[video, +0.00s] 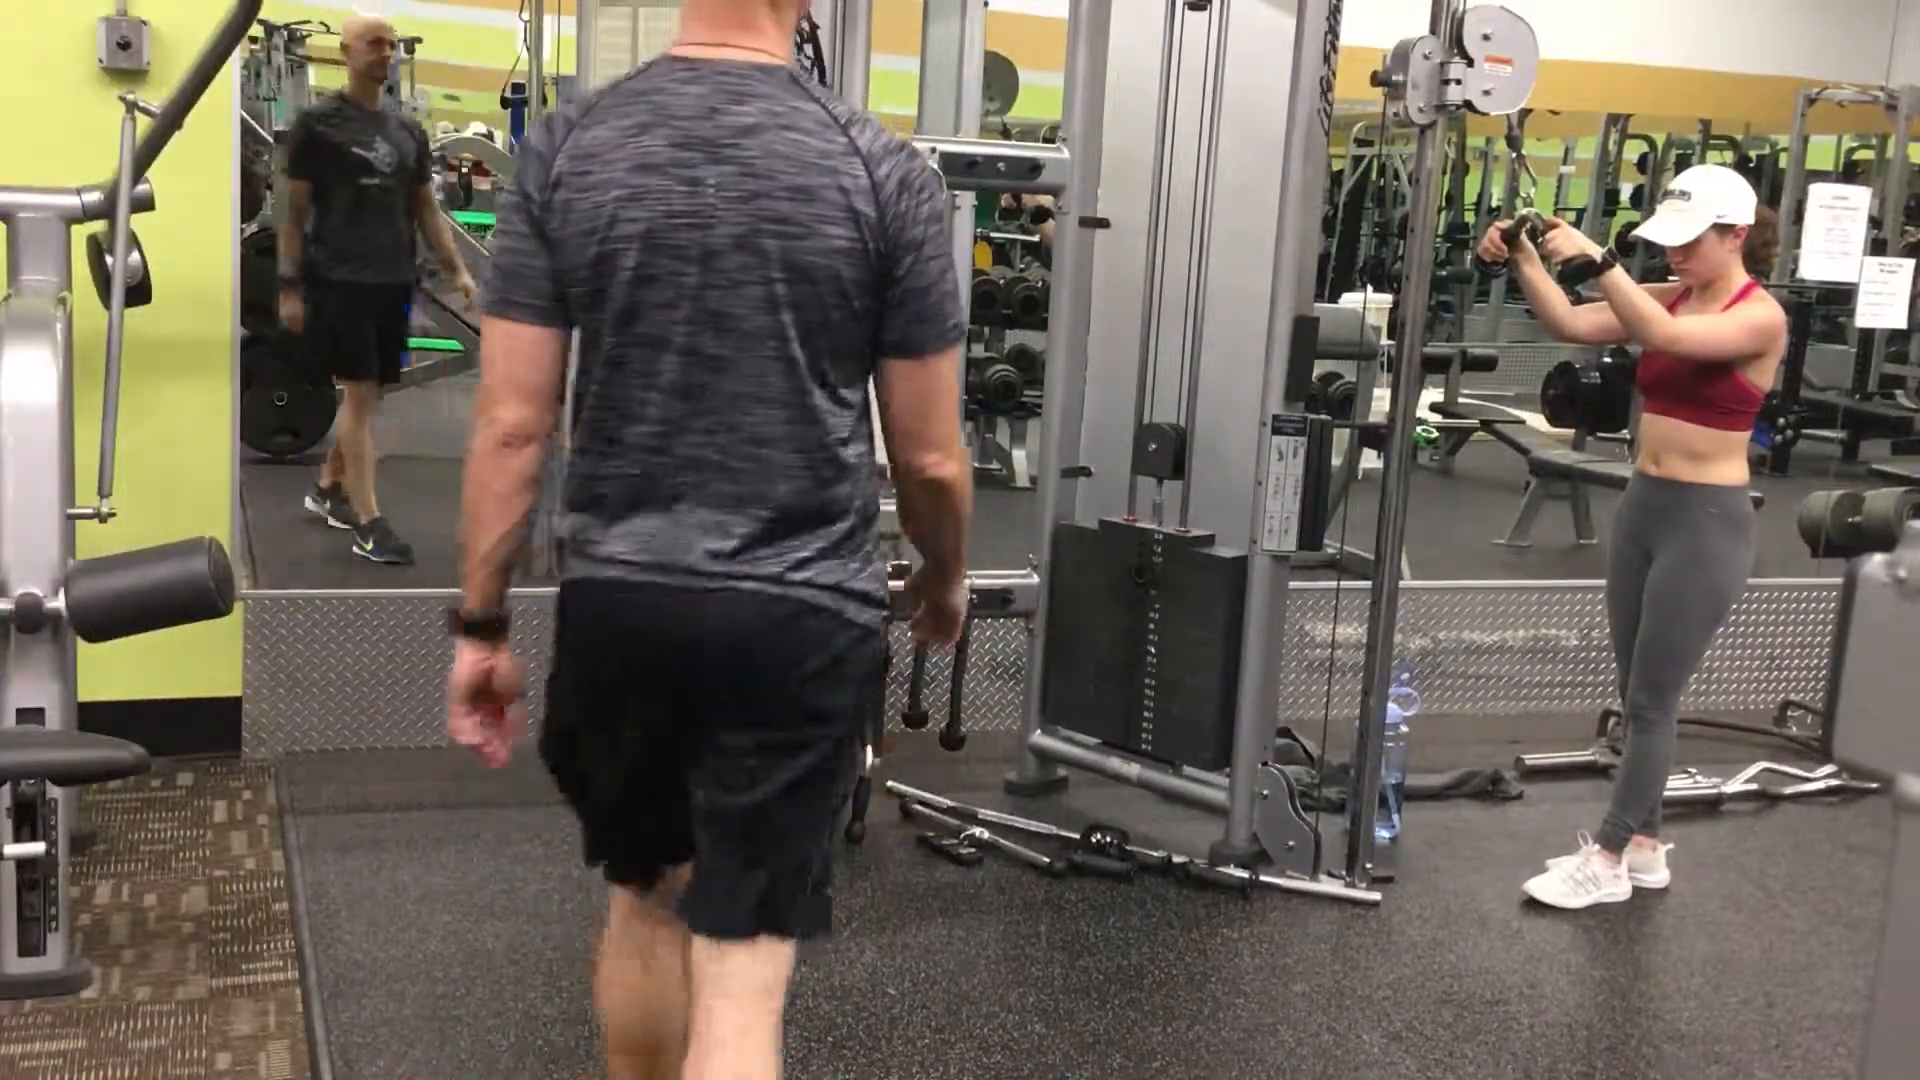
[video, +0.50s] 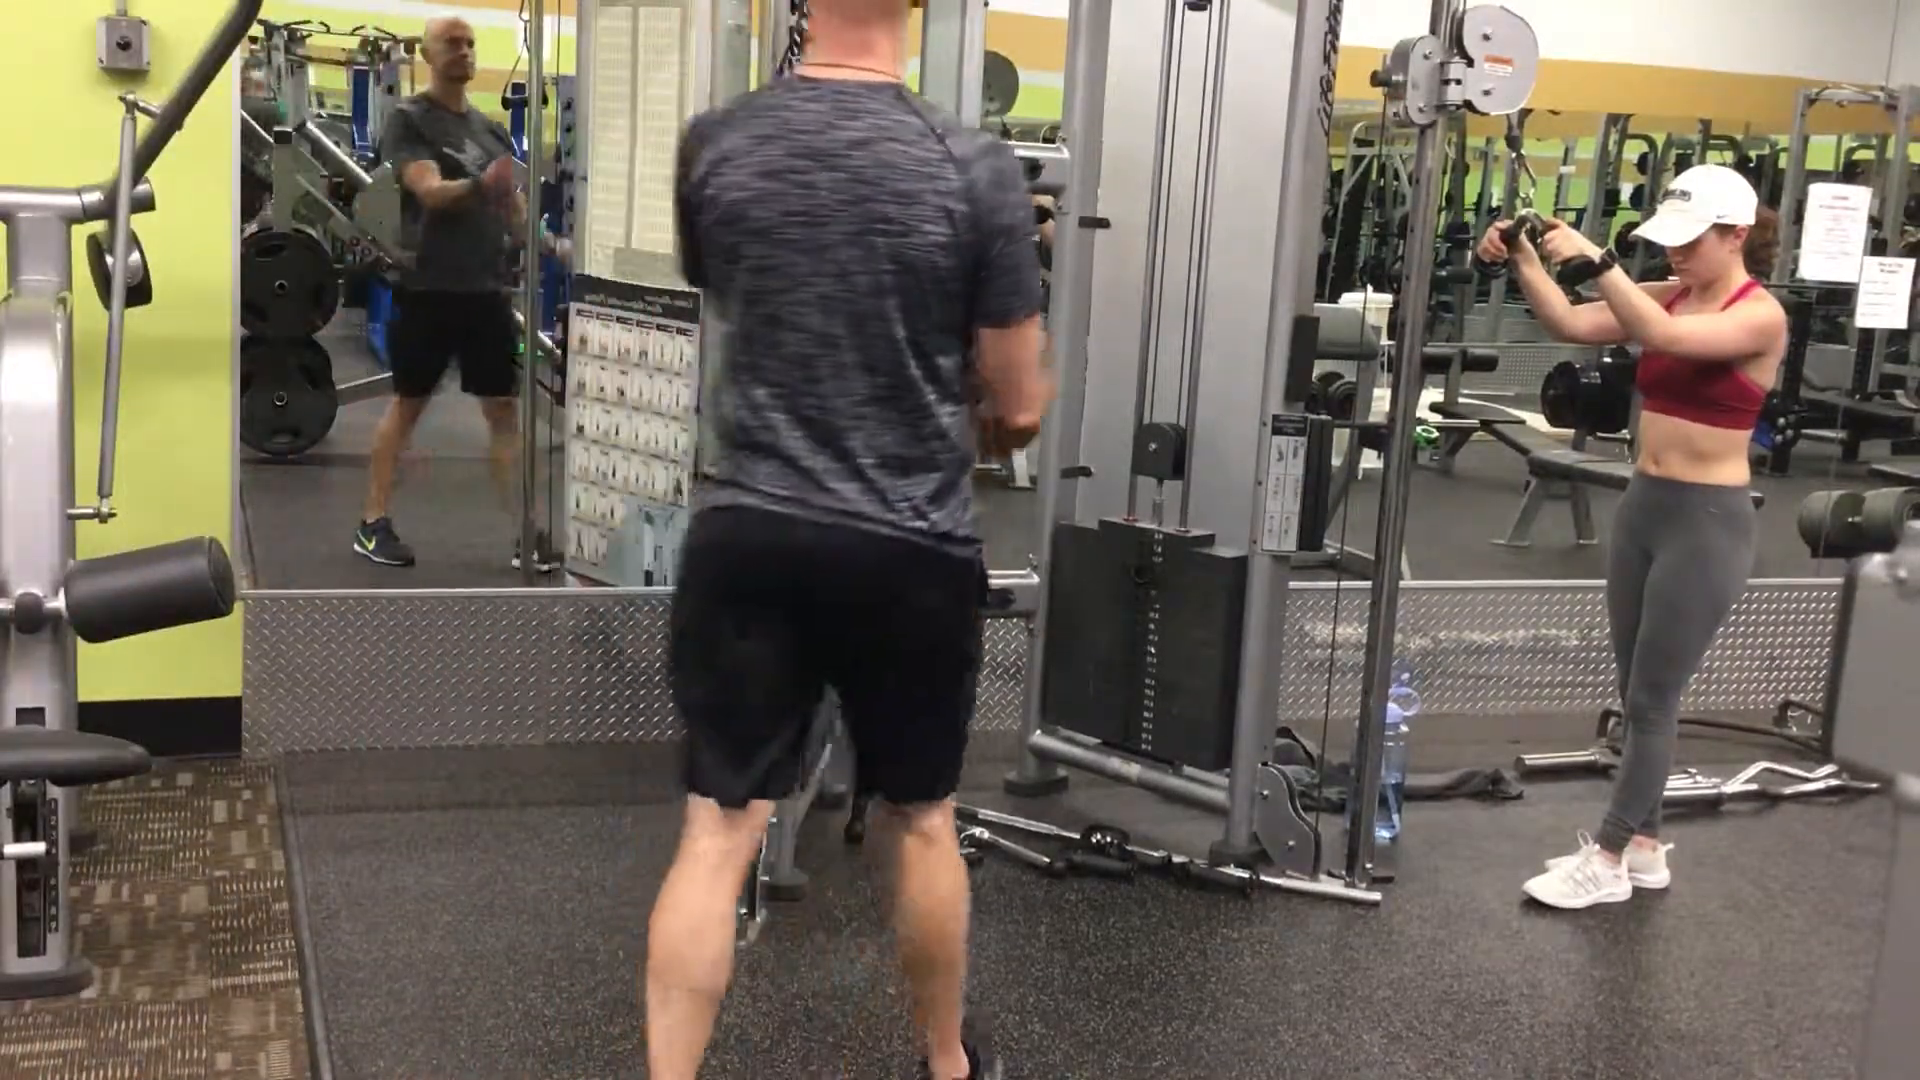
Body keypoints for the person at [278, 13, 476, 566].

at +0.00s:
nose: (385, 52)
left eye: (390, 43)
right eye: (373, 43)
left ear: (395, 52)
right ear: (346, 50)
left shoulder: (407, 132)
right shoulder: (315, 125)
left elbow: (427, 207)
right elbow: (293, 211)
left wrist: (458, 267)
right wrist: (289, 284)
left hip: (393, 280)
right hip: (337, 279)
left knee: (365, 392)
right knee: (360, 394)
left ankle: (330, 486)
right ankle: (369, 520)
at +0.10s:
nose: (400, 49)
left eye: (404, 40)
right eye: (388, 39)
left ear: (408, 50)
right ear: (358, 49)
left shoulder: (421, 127)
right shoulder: (326, 121)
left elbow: (440, 208)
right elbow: (313, 209)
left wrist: (472, 265)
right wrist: (326, 282)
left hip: (413, 280)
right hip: (358, 279)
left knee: (412, 396)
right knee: (373, 394)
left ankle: (344, 468)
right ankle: (372, 519)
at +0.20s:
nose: (412, 43)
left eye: (417, 35)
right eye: (400, 34)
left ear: (421, 44)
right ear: (371, 44)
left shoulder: (436, 123)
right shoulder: (347, 115)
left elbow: (451, 207)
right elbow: (335, 202)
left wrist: (485, 260)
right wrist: (372, 263)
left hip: (430, 277)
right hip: (371, 276)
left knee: (450, 395)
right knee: (377, 394)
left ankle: (386, 468)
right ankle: (370, 520)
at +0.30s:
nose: (428, 44)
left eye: (432, 35)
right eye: (416, 35)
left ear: (436, 44)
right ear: (386, 43)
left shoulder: (450, 122)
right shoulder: (365, 115)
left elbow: (466, 210)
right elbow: (366, 203)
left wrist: (502, 255)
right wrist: (413, 231)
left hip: (446, 279)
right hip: (388, 279)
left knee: (480, 392)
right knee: (383, 395)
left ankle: (436, 499)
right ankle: (372, 521)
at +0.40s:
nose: (446, 47)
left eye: (450, 39)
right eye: (434, 38)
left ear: (453, 48)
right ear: (406, 48)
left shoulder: (468, 126)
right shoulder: (387, 114)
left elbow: (489, 207)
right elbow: (398, 195)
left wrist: (527, 253)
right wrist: (457, 205)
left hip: (464, 287)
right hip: (406, 285)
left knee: (492, 403)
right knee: (391, 399)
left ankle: (503, 527)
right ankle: (372, 521)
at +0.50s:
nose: (464, 53)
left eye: (469, 44)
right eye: (452, 44)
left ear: (476, 54)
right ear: (426, 55)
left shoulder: (492, 132)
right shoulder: (407, 120)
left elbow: (514, 213)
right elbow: (428, 192)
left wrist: (528, 224)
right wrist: (482, 186)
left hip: (485, 293)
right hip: (428, 291)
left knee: (503, 412)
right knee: (406, 406)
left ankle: (526, 530)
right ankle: (374, 521)